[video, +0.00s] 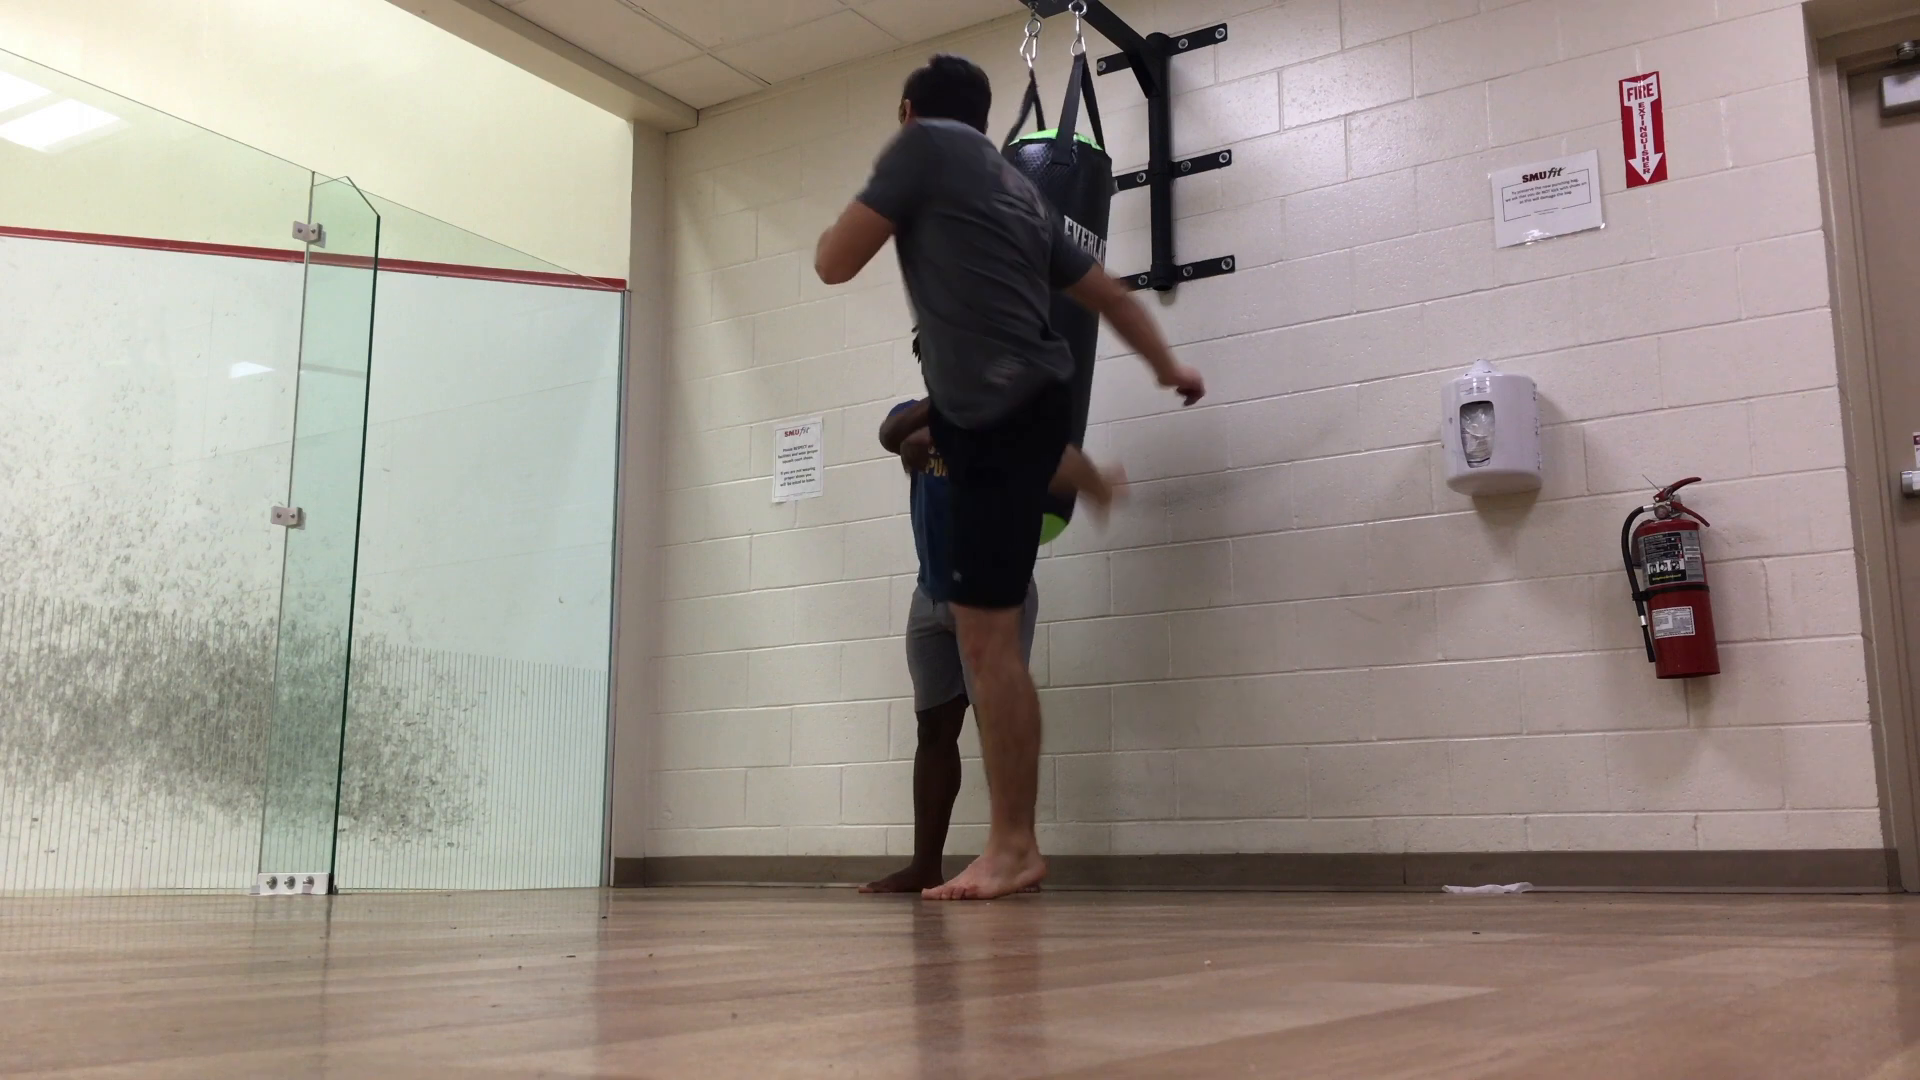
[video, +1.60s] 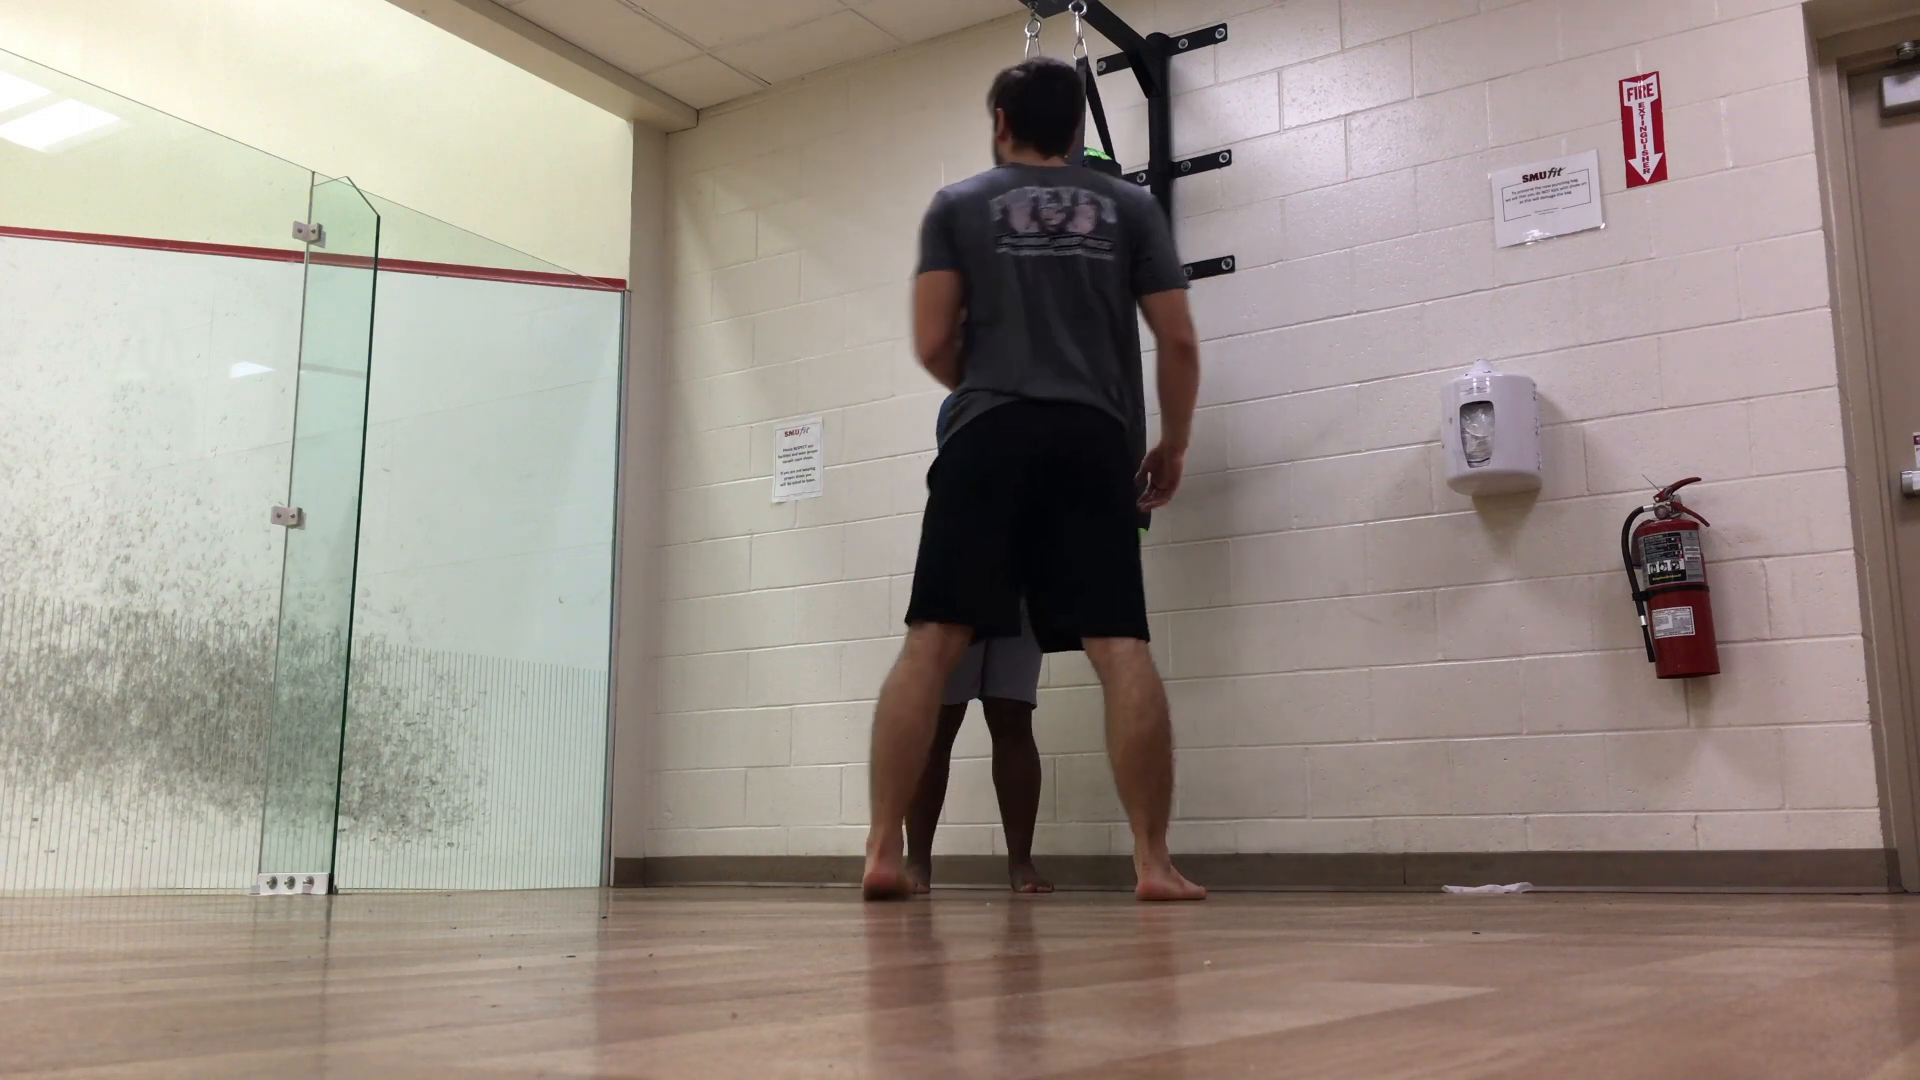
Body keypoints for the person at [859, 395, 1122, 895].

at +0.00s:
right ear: (948, 371)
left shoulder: (1022, 434)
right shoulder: (928, 416)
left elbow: (1061, 505)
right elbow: (891, 434)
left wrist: (945, 451)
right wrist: (945, 399)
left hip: (1000, 604)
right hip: (934, 594)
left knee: (1000, 726)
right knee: (934, 730)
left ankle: (1012, 851)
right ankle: (926, 862)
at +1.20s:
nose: (986, 345)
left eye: (994, 333)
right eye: (978, 336)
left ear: (1014, 338)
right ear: (964, 347)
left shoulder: (1045, 408)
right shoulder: (961, 414)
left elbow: (1066, 479)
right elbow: (972, 475)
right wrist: (1008, 414)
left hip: (1038, 577)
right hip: (968, 574)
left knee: (1028, 720)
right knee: (950, 720)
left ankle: (1020, 857)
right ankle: (916, 858)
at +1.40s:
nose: (990, 338)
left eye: (998, 328)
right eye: (982, 331)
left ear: (1017, 338)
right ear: (969, 343)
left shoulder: (1049, 405)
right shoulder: (970, 409)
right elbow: (980, 485)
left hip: (1031, 579)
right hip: (970, 579)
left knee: (1016, 718)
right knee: (945, 720)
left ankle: (1022, 859)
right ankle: (919, 860)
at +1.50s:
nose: (954, 355)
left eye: (958, 343)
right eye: (947, 346)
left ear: (982, 341)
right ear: (944, 351)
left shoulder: (1030, 406)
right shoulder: (959, 410)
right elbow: (966, 488)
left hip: (1023, 589)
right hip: (966, 589)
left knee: (1015, 724)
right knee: (939, 728)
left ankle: (1022, 862)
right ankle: (918, 856)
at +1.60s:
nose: (981, 460)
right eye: (967, 446)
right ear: (950, 455)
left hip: (1022, 588)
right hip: (953, 594)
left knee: (1012, 724)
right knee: (937, 730)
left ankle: (1021, 860)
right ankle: (917, 862)